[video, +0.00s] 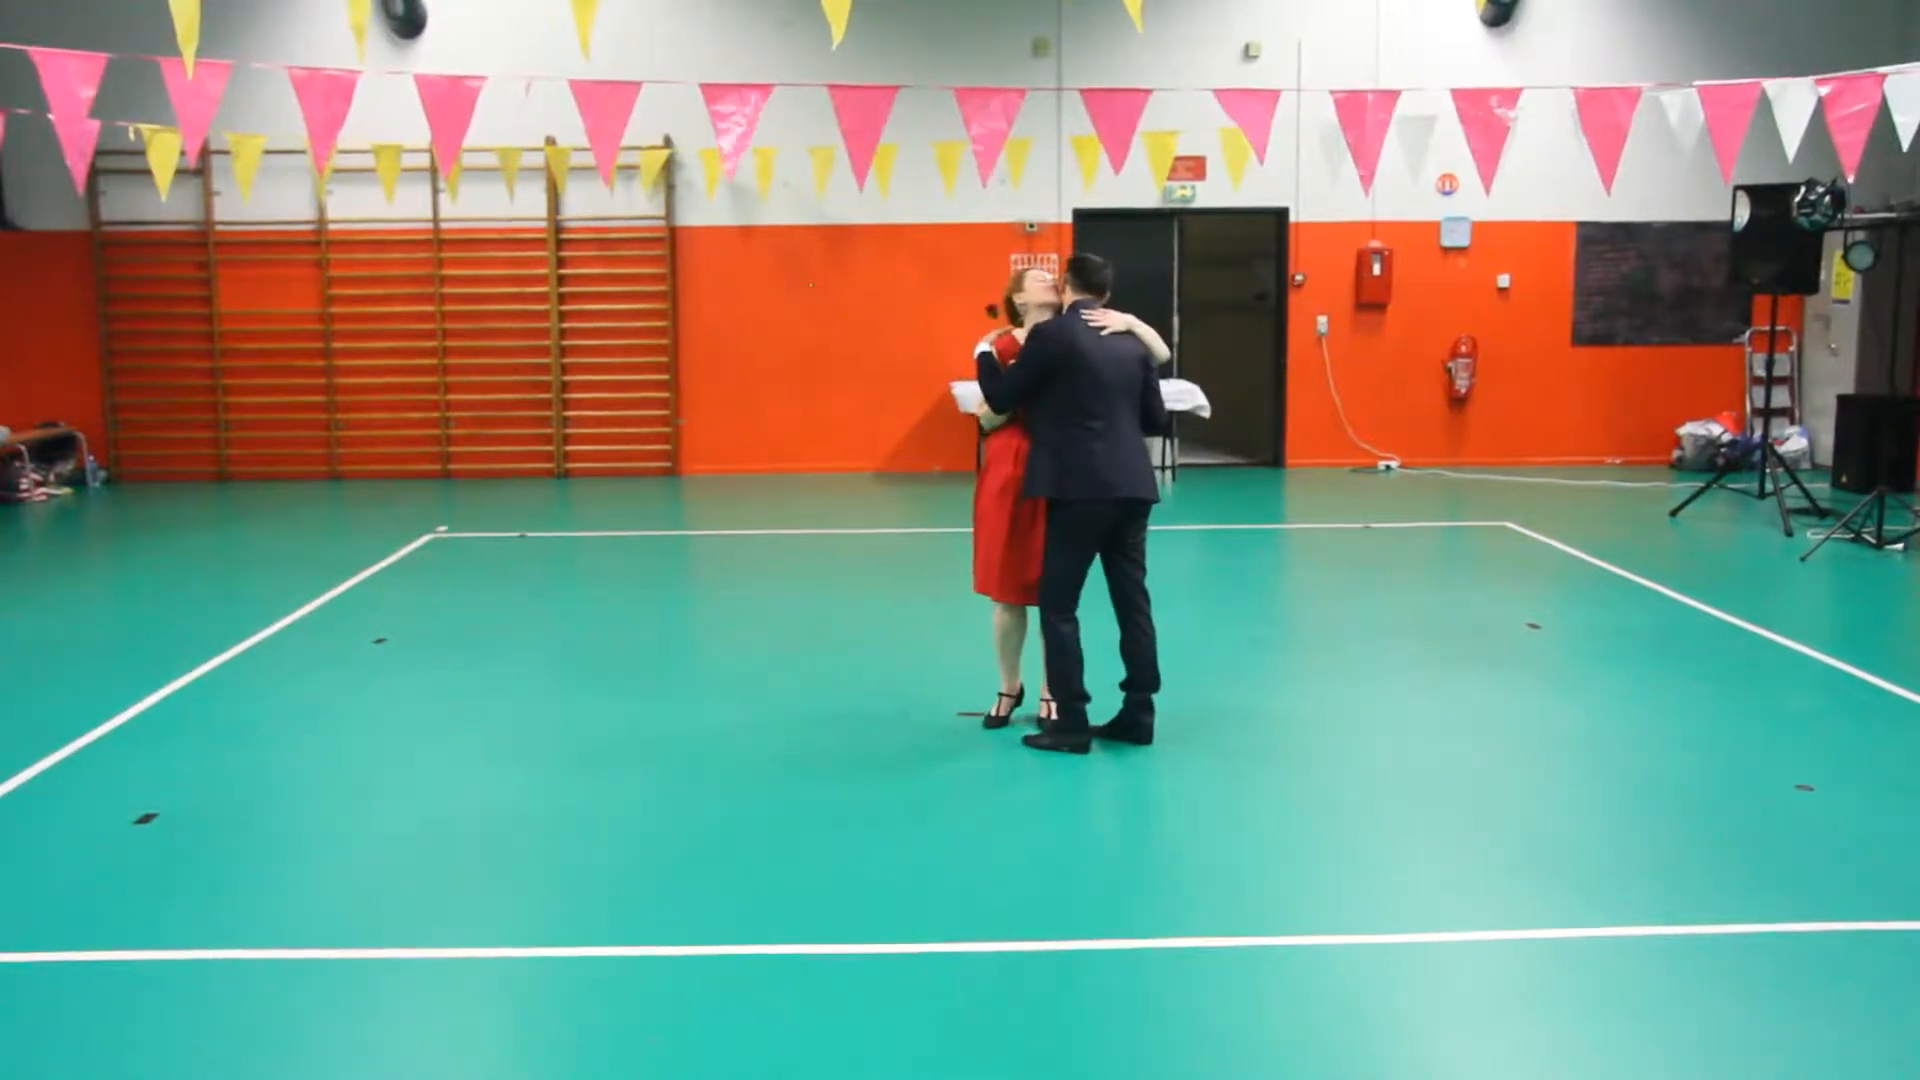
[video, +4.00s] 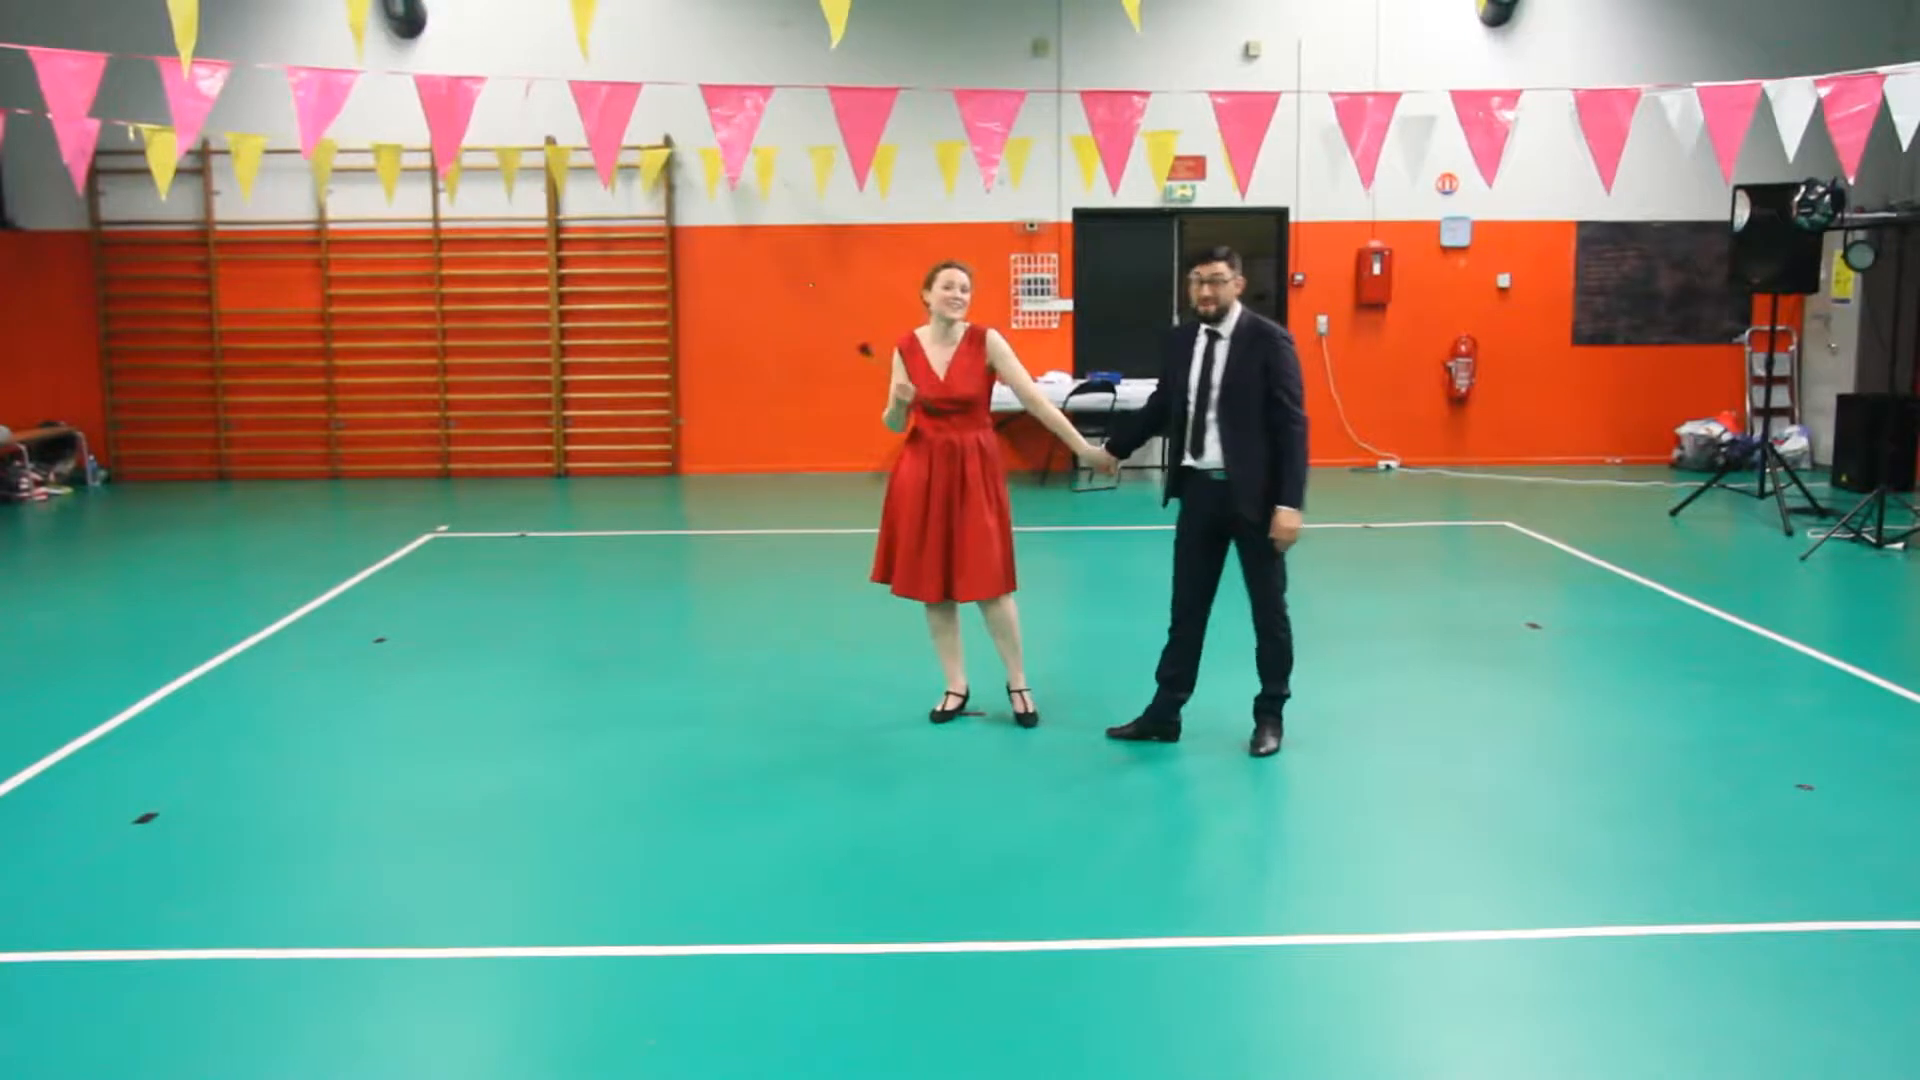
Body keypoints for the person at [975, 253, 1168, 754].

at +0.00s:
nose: (1051, 284)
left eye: (1054, 279)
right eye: (1043, 279)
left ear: (1067, 287)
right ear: (1107, 294)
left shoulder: (1054, 335)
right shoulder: (1132, 343)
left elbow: (999, 397)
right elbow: (1157, 421)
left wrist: (984, 352)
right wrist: (1107, 416)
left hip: (1077, 488)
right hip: (1133, 487)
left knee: (1057, 606)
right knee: (1133, 601)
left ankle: (1068, 722)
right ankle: (1139, 714)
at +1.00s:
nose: (1018, 305)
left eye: (1020, 296)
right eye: (1015, 297)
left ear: (1040, 294)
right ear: (1065, 292)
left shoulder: (1050, 337)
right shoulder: (1115, 333)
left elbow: (1005, 402)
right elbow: (1142, 413)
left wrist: (974, 370)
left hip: (1078, 484)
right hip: (1126, 480)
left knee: (1063, 606)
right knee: (1126, 599)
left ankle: (1070, 722)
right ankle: (1138, 714)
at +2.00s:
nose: (1034, 294)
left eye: (1037, 285)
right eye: (1030, 286)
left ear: (1048, 284)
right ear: (1090, 282)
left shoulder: (1056, 344)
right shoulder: (1122, 333)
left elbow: (1007, 406)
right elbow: (1122, 406)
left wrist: (975, 394)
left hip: (1068, 490)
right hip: (1110, 484)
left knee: (1065, 599)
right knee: (1069, 593)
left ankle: (1072, 723)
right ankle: (1105, 695)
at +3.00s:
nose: (1073, 291)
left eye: (1080, 282)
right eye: (1073, 283)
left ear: (1109, 283)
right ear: (1097, 285)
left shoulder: (1152, 336)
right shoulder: (1096, 335)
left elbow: (1173, 420)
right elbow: (1095, 410)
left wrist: (1167, 499)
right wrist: (1050, 456)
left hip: (1146, 494)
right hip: (1121, 490)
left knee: (1116, 607)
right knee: (1155, 608)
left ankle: (1086, 723)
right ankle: (1164, 712)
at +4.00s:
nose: (1207, 291)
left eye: (1217, 281)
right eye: (1198, 282)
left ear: (1240, 285)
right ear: (1188, 289)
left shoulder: (1270, 341)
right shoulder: (1181, 340)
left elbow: (1292, 424)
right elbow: (1163, 405)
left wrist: (1291, 501)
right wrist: (1114, 448)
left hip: (1253, 492)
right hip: (1199, 490)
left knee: (1268, 610)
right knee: (1187, 607)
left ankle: (1270, 716)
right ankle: (1164, 713)